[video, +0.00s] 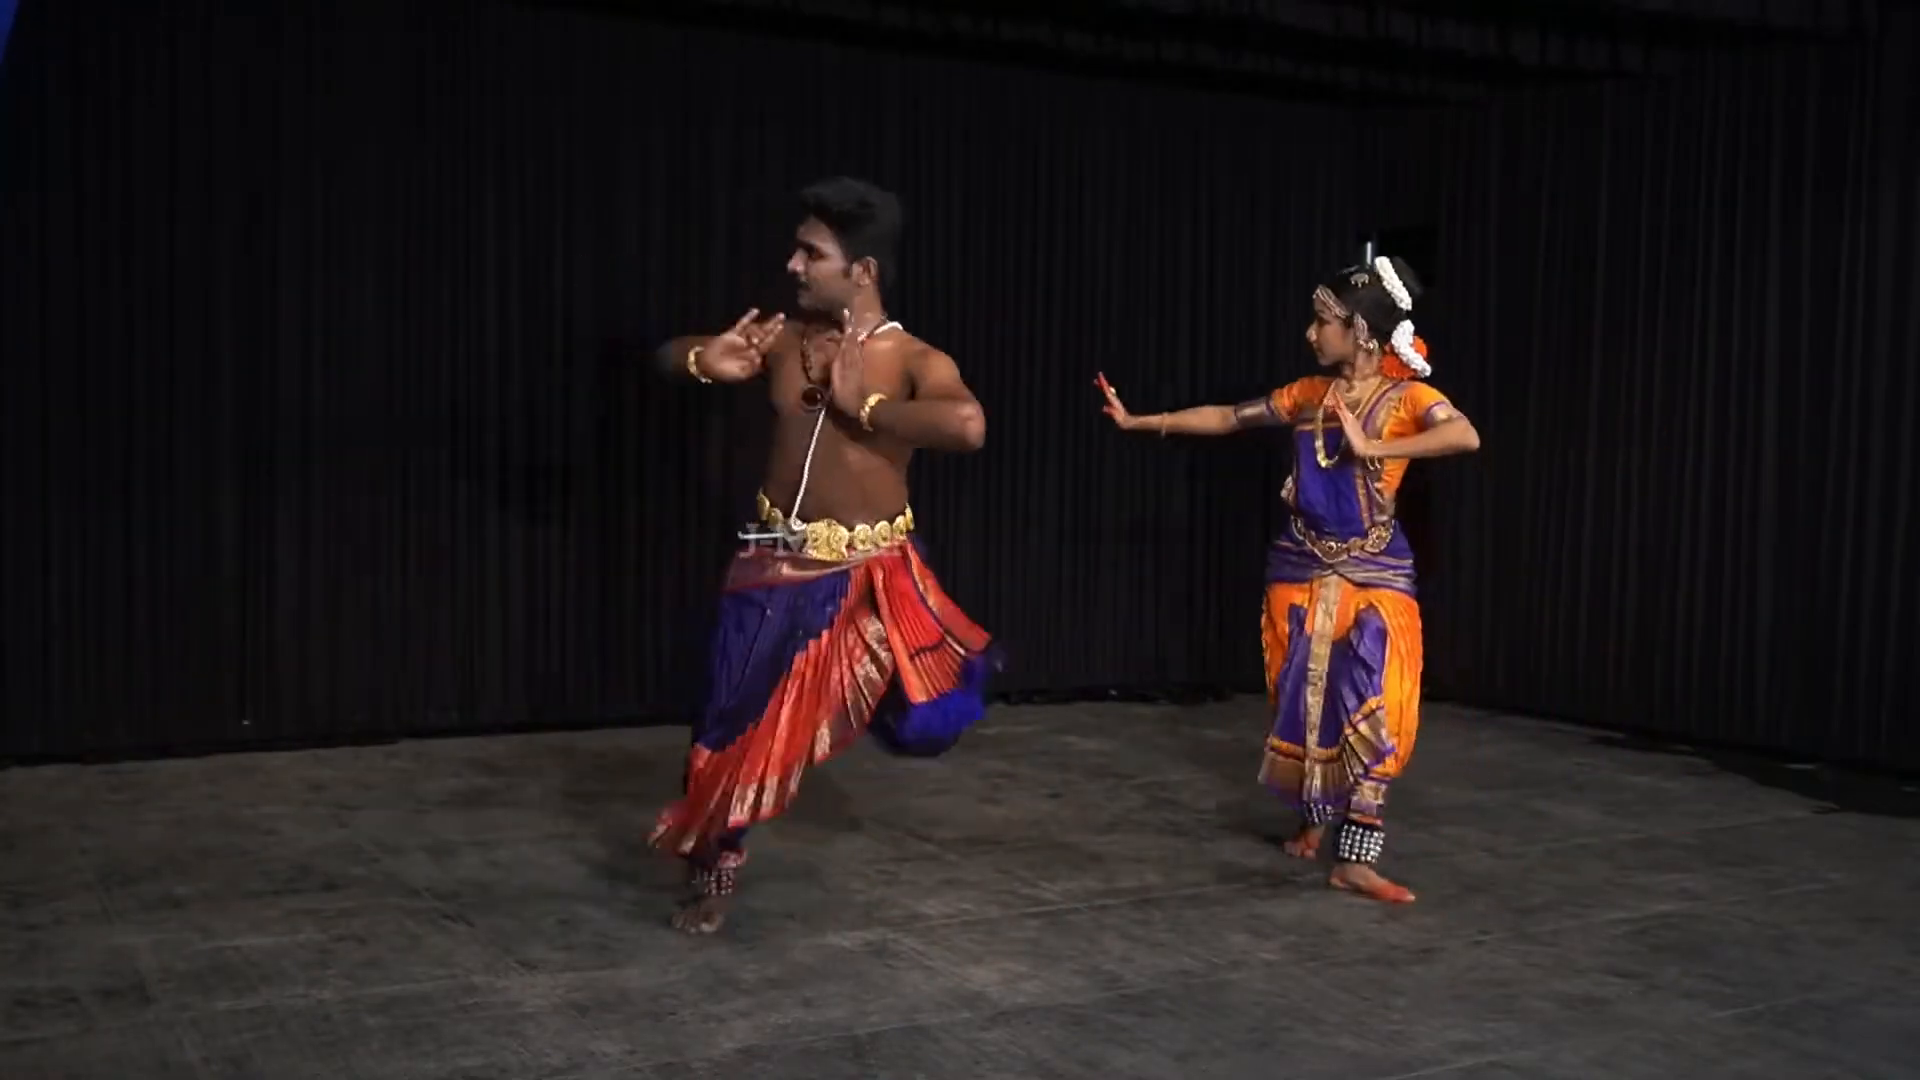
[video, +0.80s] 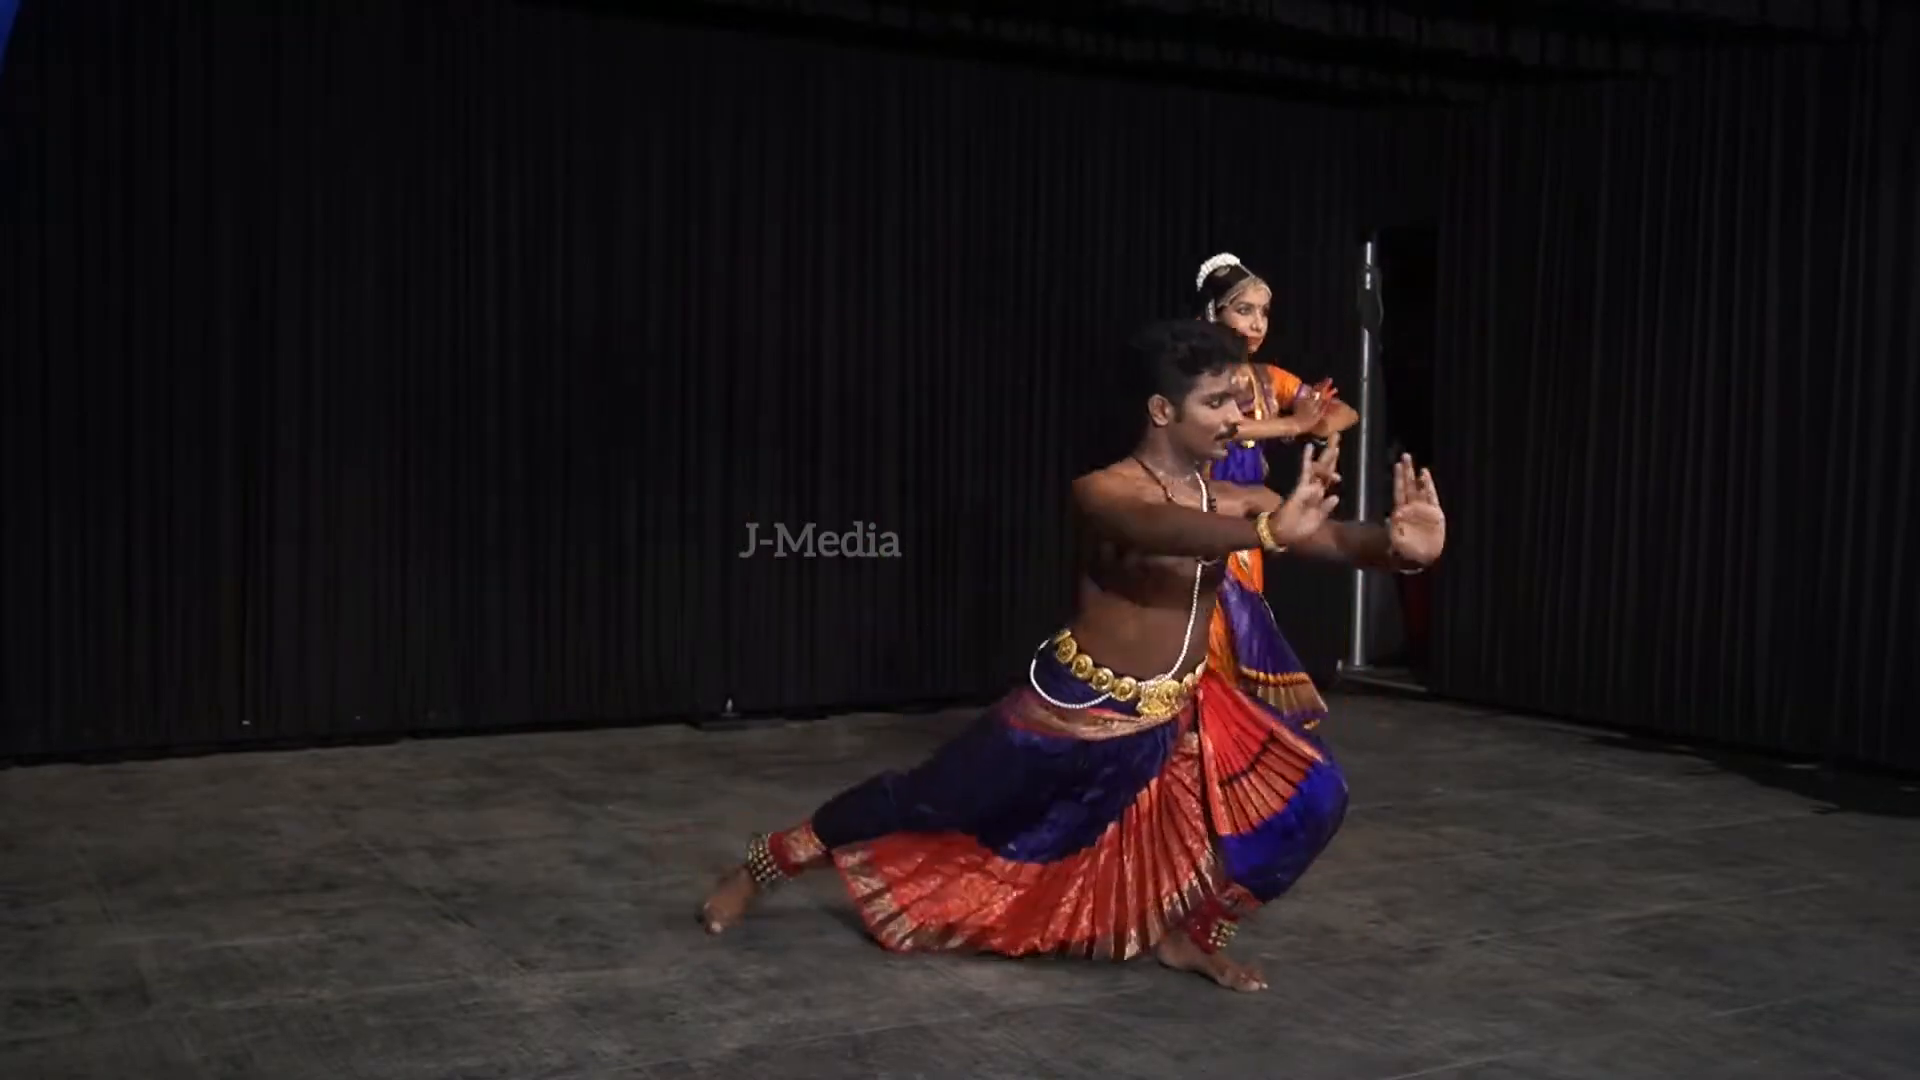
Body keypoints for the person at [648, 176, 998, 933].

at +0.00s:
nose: (794, 263)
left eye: (812, 253)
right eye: (797, 249)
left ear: (862, 270)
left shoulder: (911, 358)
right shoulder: (776, 336)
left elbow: (968, 427)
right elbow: (670, 355)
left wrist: (866, 408)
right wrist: (703, 359)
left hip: (865, 570)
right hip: (772, 560)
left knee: (913, 732)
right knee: (735, 707)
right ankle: (718, 864)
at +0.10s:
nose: (869, 268)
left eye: (890, 256)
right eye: (860, 252)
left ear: (923, 273)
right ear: (846, 261)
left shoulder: (958, 363)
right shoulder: (806, 343)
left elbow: (1063, 437)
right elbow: (688, 384)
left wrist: (963, 412)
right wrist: (806, 395)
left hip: (911, 561)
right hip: (810, 559)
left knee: (1010, 674)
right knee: (758, 715)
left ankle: (927, 760)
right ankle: (721, 867)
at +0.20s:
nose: (968, 279)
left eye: (977, 264)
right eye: (949, 261)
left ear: (986, 272)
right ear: (903, 266)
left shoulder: (990, 366)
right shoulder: (852, 347)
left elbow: (1096, 428)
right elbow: (855, 419)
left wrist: (1098, 409)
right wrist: (971, 416)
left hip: (957, 565)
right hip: (858, 566)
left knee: (1063, 673)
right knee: (793, 728)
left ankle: (1113, 884)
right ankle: (713, 869)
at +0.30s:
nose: (1044, 308)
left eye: (1049, 292)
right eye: (1027, 291)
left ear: (1048, 300)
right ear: (973, 295)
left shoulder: (1047, 396)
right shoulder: (941, 379)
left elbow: (1161, 447)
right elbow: (1035, 439)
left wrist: (1237, 441)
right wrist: (1165, 441)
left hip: (1016, 607)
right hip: (924, 610)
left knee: (1135, 728)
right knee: (826, 764)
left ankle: (1187, 923)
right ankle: (694, 854)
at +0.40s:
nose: (1113, 355)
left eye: (1115, 340)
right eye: (1097, 338)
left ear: (1091, 349)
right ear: (1041, 344)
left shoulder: (1078, 423)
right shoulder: (1019, 426)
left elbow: (1181, 463)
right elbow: (1164, 473)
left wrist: (1313, 469)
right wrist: (1316, 474)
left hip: (1071, 644)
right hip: (983, 652)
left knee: (1211, 732)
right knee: (845, 803)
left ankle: (1194, 928)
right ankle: (688, 853)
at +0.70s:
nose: (1222, 434)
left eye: (1223, 415)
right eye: (1202, 416)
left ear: (1209, 422)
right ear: (1146, 427)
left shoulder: (1208, 489)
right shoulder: (1112, 504)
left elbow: (1294, 522)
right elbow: (1236, 533)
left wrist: (1443, 542)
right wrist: (1374, 536)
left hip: (1158, 712)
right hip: (1059, 718)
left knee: (1301, 781)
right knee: (903, 806)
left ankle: (1184, 927)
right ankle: (729, 855)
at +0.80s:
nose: (1237, 420)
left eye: (1241, 404)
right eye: (1218, 404)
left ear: (1239, 410)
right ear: (1160, 409)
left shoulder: (1239, 491)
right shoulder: (1104, 491)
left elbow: (1328, 542)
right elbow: (1166, 530)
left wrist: (1402, 547)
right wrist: (1264, 528)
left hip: (1185, 713)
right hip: (1082, 703)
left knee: (1315, 795)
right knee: (935, 794)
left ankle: (1191, 930)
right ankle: (768, 863)